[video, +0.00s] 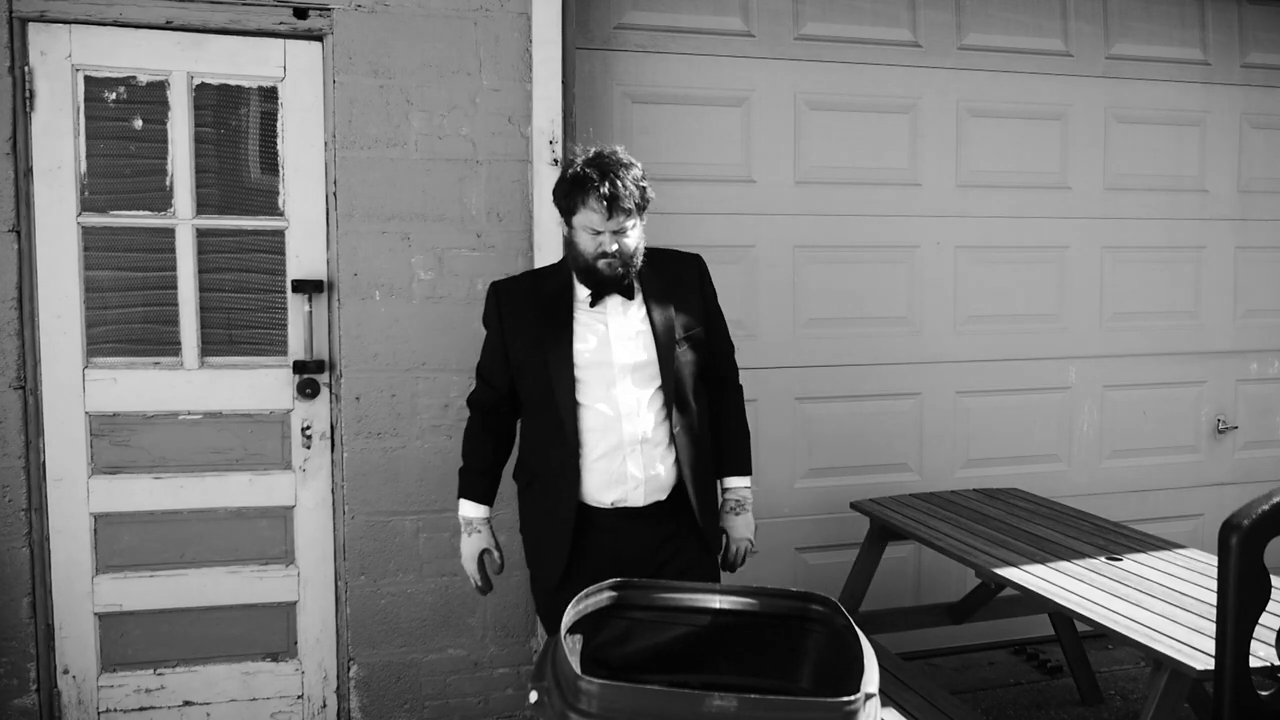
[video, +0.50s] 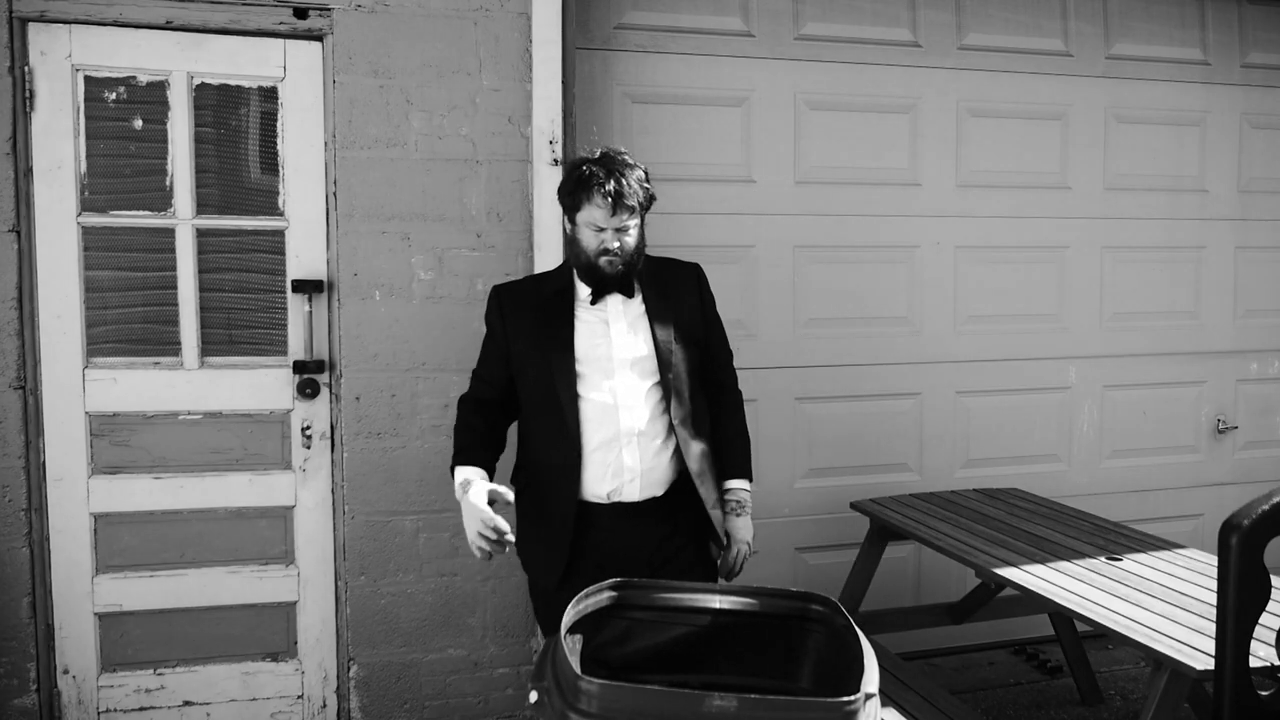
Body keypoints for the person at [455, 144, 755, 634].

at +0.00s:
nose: (610, 246)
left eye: (624, 230)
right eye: (593, 232)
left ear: (643, 222)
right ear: (567, 227)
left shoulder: (684, 279)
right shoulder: (517, 302)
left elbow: (722, 387)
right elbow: (492, 410)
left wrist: (738, 498)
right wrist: (474, 518)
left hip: (677, 528)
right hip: (573, 535)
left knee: (682, 692)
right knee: (586, 700)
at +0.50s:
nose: (613, 243)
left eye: (625, 228)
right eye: (597, 229)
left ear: (642, 223)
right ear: (568, 223)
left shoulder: (683, 287)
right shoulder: (518, 306)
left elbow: (721, 394)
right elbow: (485, 404)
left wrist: (738, 500)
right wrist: (470, 483)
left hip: (675, 529)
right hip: (570, 536)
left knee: (680, 696)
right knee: (585, 703)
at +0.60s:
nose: (611, 245)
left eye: (624, 229)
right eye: (595, 231)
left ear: (642, 221)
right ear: (568, 225)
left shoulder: (683, 287)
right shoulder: (518, 305)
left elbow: (722, 395)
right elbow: (466, 387)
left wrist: (737, 502)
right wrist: (459, 401)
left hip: (674, 527)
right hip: (570, 535)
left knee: (683, 693)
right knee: (585, 696)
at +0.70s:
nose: (609, 247)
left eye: (621, 231)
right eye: (592, 234)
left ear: (639, 223)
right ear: (565, 229)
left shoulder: (682, 287)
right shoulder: (523, 298)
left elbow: (720, 393)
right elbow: (452, 370)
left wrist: (737, 501)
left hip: (672, 525)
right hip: (569, 533)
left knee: (678, 690)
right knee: (581, 691)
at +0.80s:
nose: (605, 250)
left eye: (618, 233)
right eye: (587, 238)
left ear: (636, 222)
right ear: (561, 233)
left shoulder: (679, 286)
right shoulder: (524, 291)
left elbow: (719, 393)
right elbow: (448, 323)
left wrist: (738, 499)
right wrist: (500, 226)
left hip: (671, 527)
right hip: (568, 533)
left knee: (677, 693)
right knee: (580, 693)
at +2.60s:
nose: (621, 250)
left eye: (631, 232)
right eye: (603, 236)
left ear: (645, 224)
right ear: (570, 231)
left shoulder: (681, 287)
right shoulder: (521, 290)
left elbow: (719, 396)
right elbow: (428, 314)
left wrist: (733, 504)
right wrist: (481, 234)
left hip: (670, 528)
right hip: (566, 531)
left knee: (675, 695)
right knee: (577, 693)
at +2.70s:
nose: (637, 246)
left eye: (643, 228)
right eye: (619, 232)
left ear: (652, 221)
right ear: (578, 229)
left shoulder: (682, 288)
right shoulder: (519, 295)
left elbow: (719, 397)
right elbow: (435, 363)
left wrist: (734, 504)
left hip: (670, 527)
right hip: (566, 532)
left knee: (676, 694)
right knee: (577, 693)